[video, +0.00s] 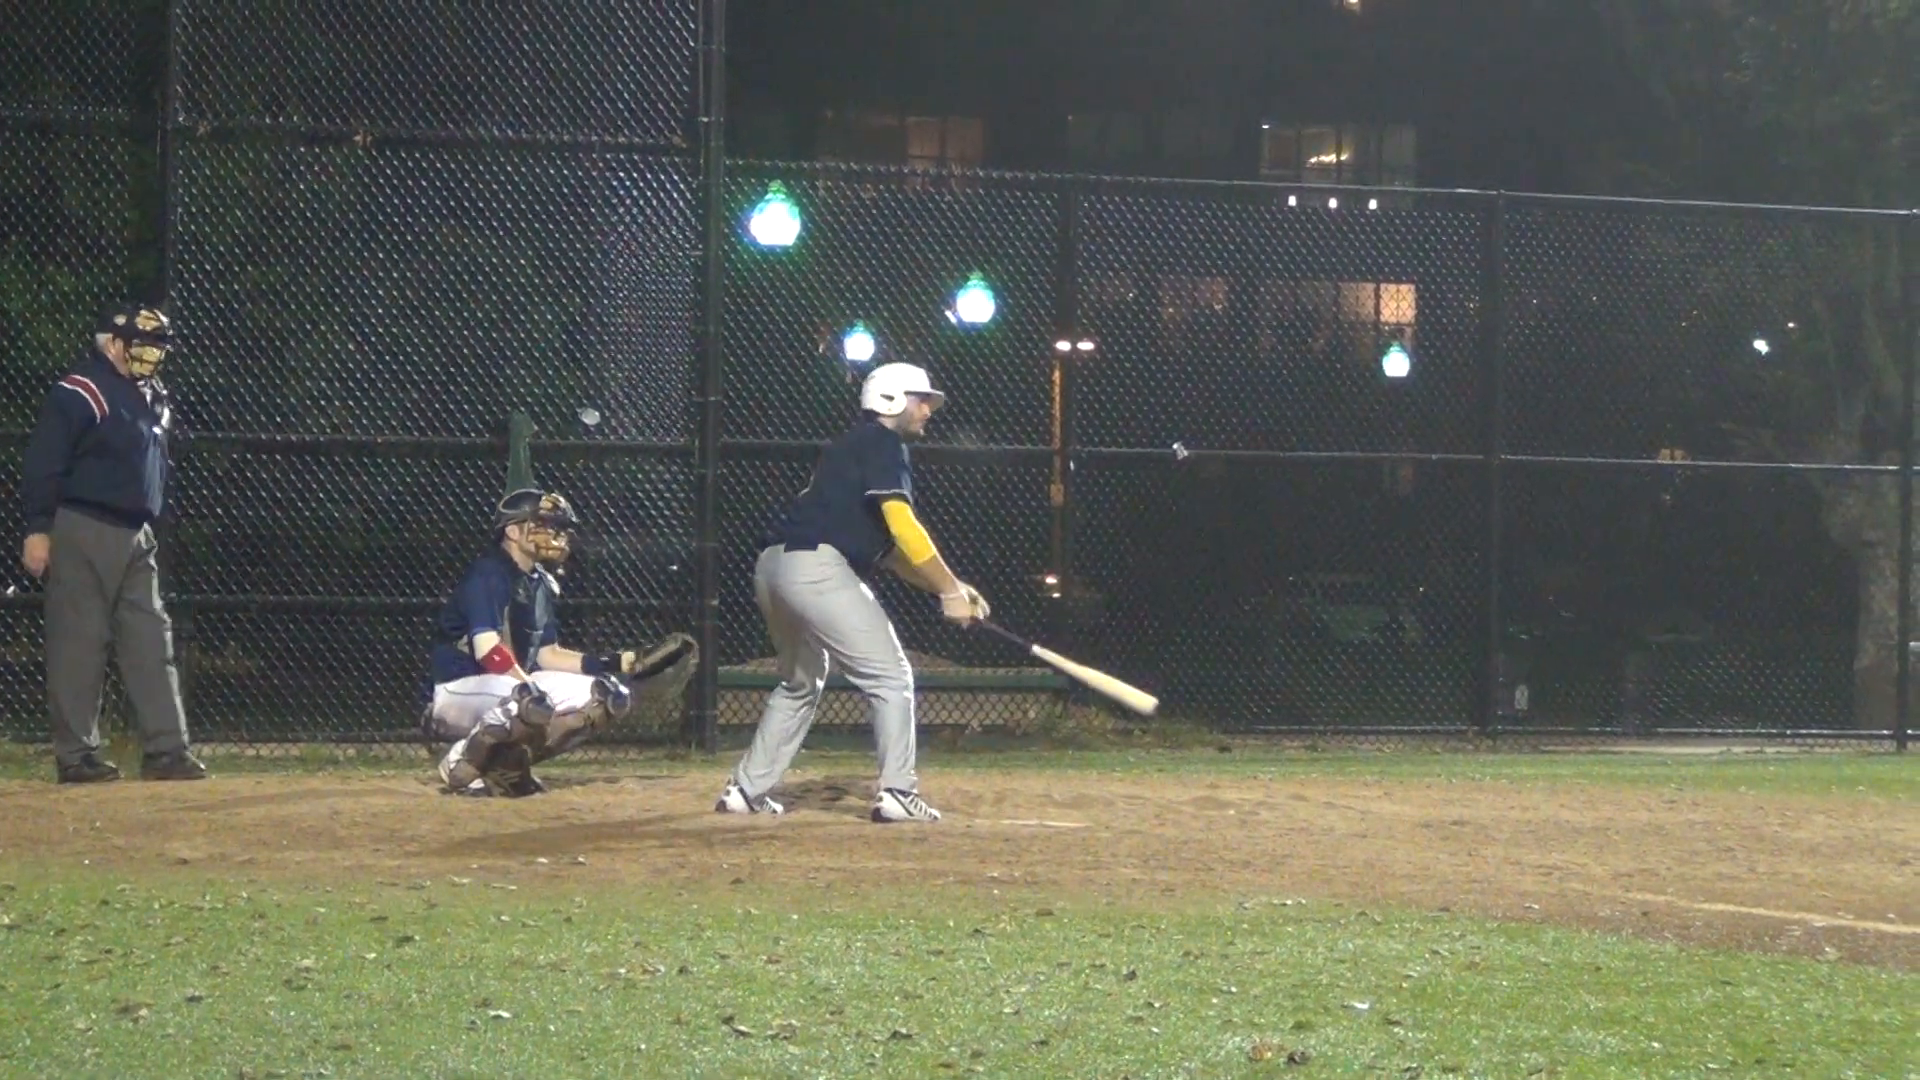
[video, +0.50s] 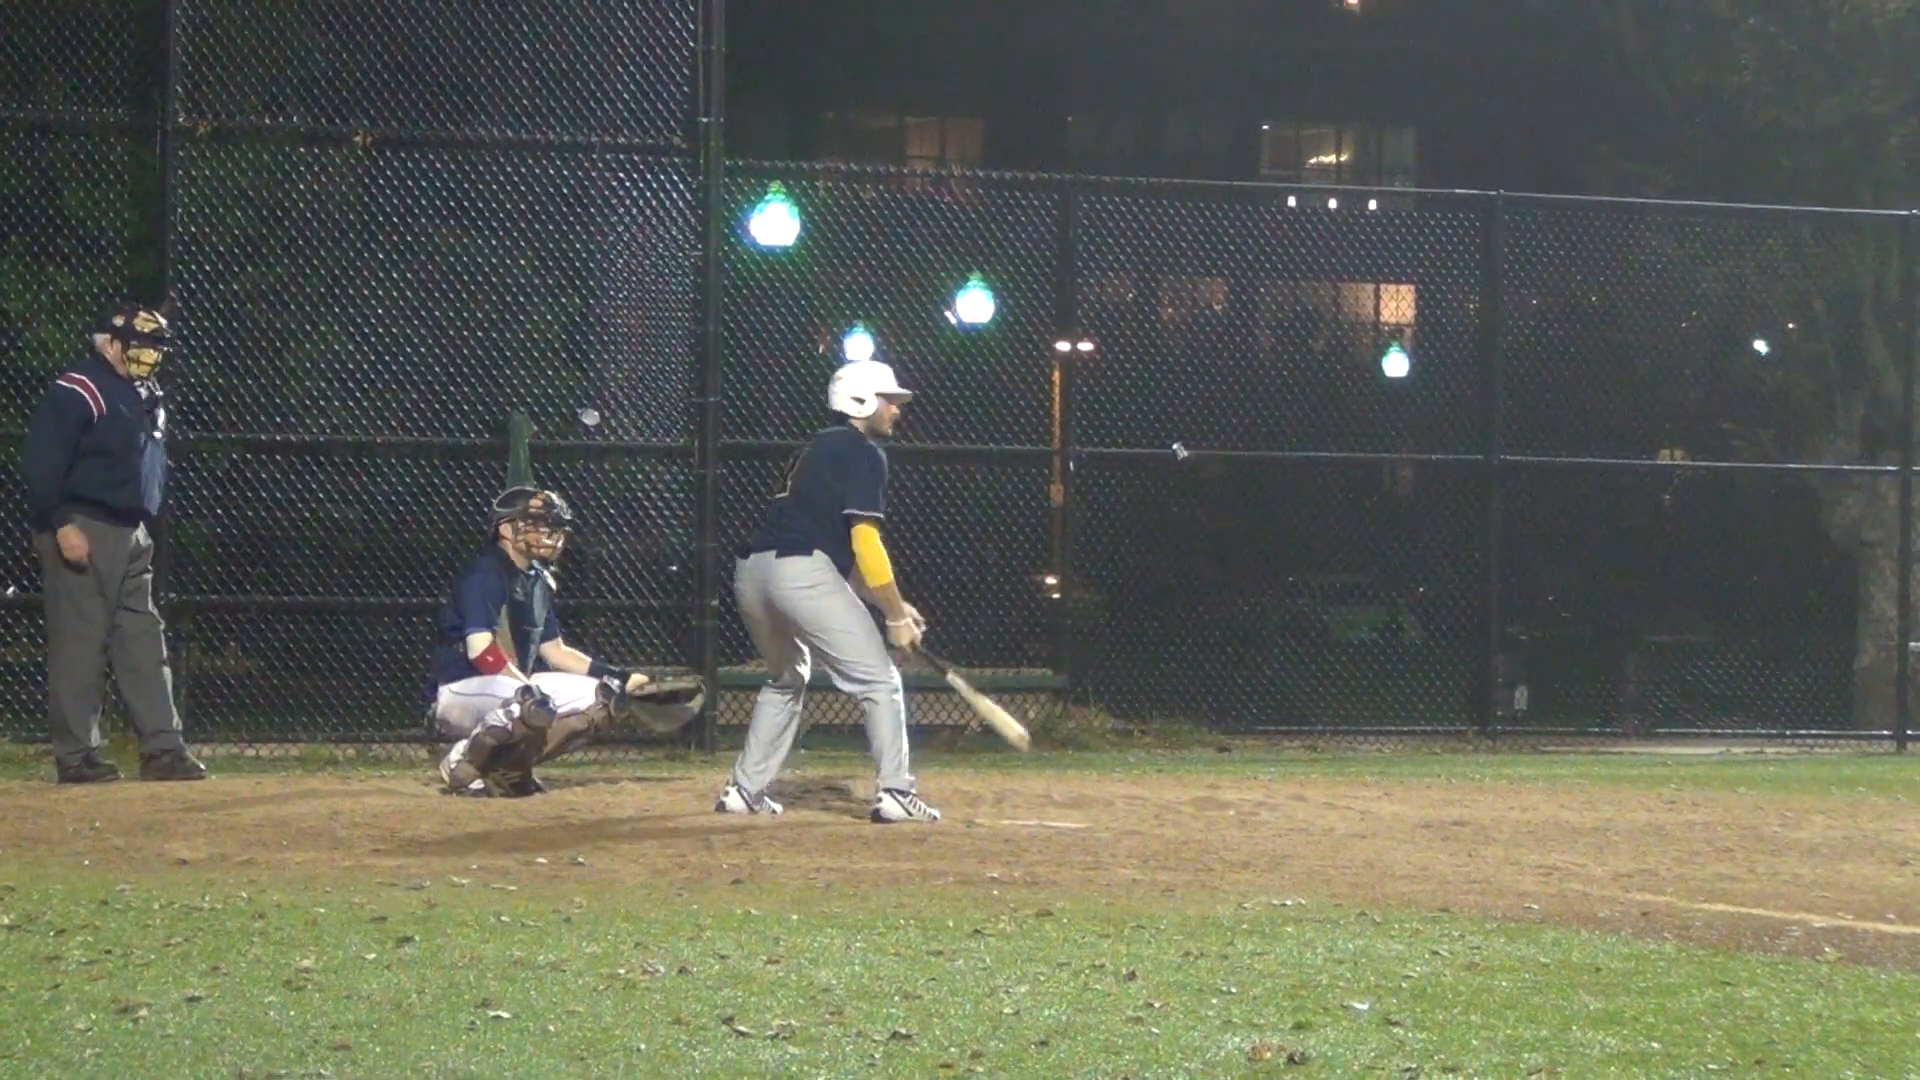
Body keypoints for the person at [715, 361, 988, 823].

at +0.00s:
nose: (928, 411)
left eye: (929, 402)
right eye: (921, 401)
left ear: (885, 404)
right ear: (892, 400)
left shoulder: (851, 444)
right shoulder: (884, 443)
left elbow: (890, 551)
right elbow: (900, 524)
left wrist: (951, 590)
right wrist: (949, 589)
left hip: (773, 564)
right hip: (817, 565)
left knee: (801, 679)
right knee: (891, 676)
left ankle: (747, 790)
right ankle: (897, 792)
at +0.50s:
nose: (897, 409)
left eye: (897, 400)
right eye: (889, 400)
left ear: (852, 407)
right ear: (861, 403)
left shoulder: (819, 447)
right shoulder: (863, 452)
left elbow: (840, 552)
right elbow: (864, 539)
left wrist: (895, 609)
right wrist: (895, 611)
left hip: (750, 570)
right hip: (802, 568)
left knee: (785, 677)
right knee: (879, 680)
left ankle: (745, 790)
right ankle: (897, 793)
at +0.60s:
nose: (882, 407)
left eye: (881, 398)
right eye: (874, 398)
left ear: (838, 401)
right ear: (848, 401)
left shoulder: (796, 445)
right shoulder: (857, 452)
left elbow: (810, 542)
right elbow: (862, 551)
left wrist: (863, 599)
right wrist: (884, 613)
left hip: (743, 571)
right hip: (800, 569)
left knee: (779, 679)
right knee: (874, 685)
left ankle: (745, 790)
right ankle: (896, 793)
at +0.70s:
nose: (868, 403)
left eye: (867, 394)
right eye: (861, 394)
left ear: (819, 399)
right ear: (835, 397)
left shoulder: (782, 440)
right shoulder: (852, 449)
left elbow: (796, 523)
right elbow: (860, 537)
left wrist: (847, 578)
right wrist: (874, 590)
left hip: (739, 570)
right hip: (797, 569)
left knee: (775, 679)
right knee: (870, 686)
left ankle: (745, 790)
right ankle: (896, 792)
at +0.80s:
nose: (861, 399)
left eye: (860, 390)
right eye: (853, 390)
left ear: (810, 396)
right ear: (827, 394)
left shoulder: (772, 435)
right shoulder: (850, 447)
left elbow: (788, 514)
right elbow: (858, 537)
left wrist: (845, 567)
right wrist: (852, 573)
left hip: (737, 567)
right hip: (795, 565)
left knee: (772, 677)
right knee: (869, 683)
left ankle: (746, 790)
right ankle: (898, 790)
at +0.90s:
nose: (857, 397)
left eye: (856, 387)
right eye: (850, 388)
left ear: (804, 391)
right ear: (824, 390)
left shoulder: (759, 432)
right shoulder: (849, 445)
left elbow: (764, 506)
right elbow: (849, 527)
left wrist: (850, 513)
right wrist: (872, 517)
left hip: (737, 564)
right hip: (796, 562)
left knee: (771, 676)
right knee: (869, 676)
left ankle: (747, 789)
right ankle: (899, 787)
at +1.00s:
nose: (854, 397)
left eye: (853, 388)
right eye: (849, 389)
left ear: (796, 388)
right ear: (828, 390)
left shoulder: (752, 431)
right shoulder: (847, 440)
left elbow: (736, 484)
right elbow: (857, 509)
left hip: (741, 566)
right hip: (803, 563)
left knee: (771, 677)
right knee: (867, 682)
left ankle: (747, 790)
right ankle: (895, 791)